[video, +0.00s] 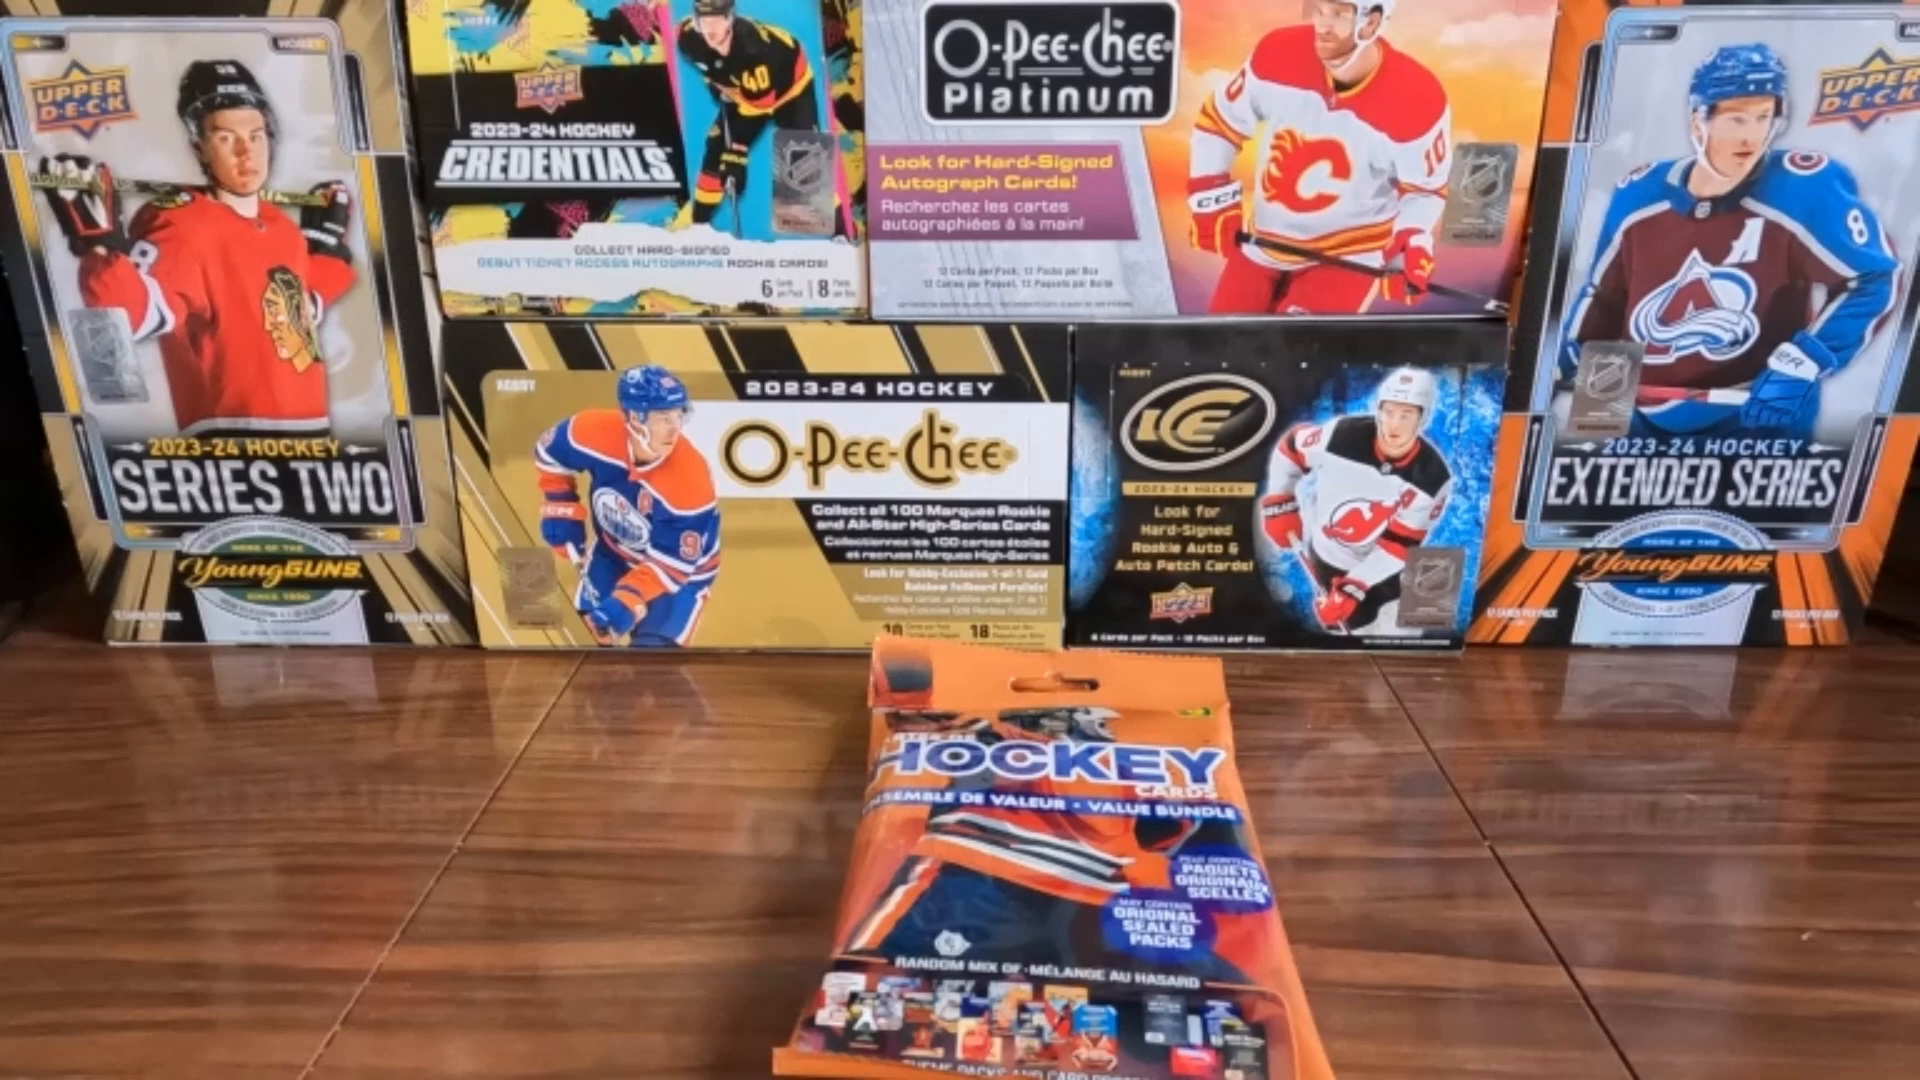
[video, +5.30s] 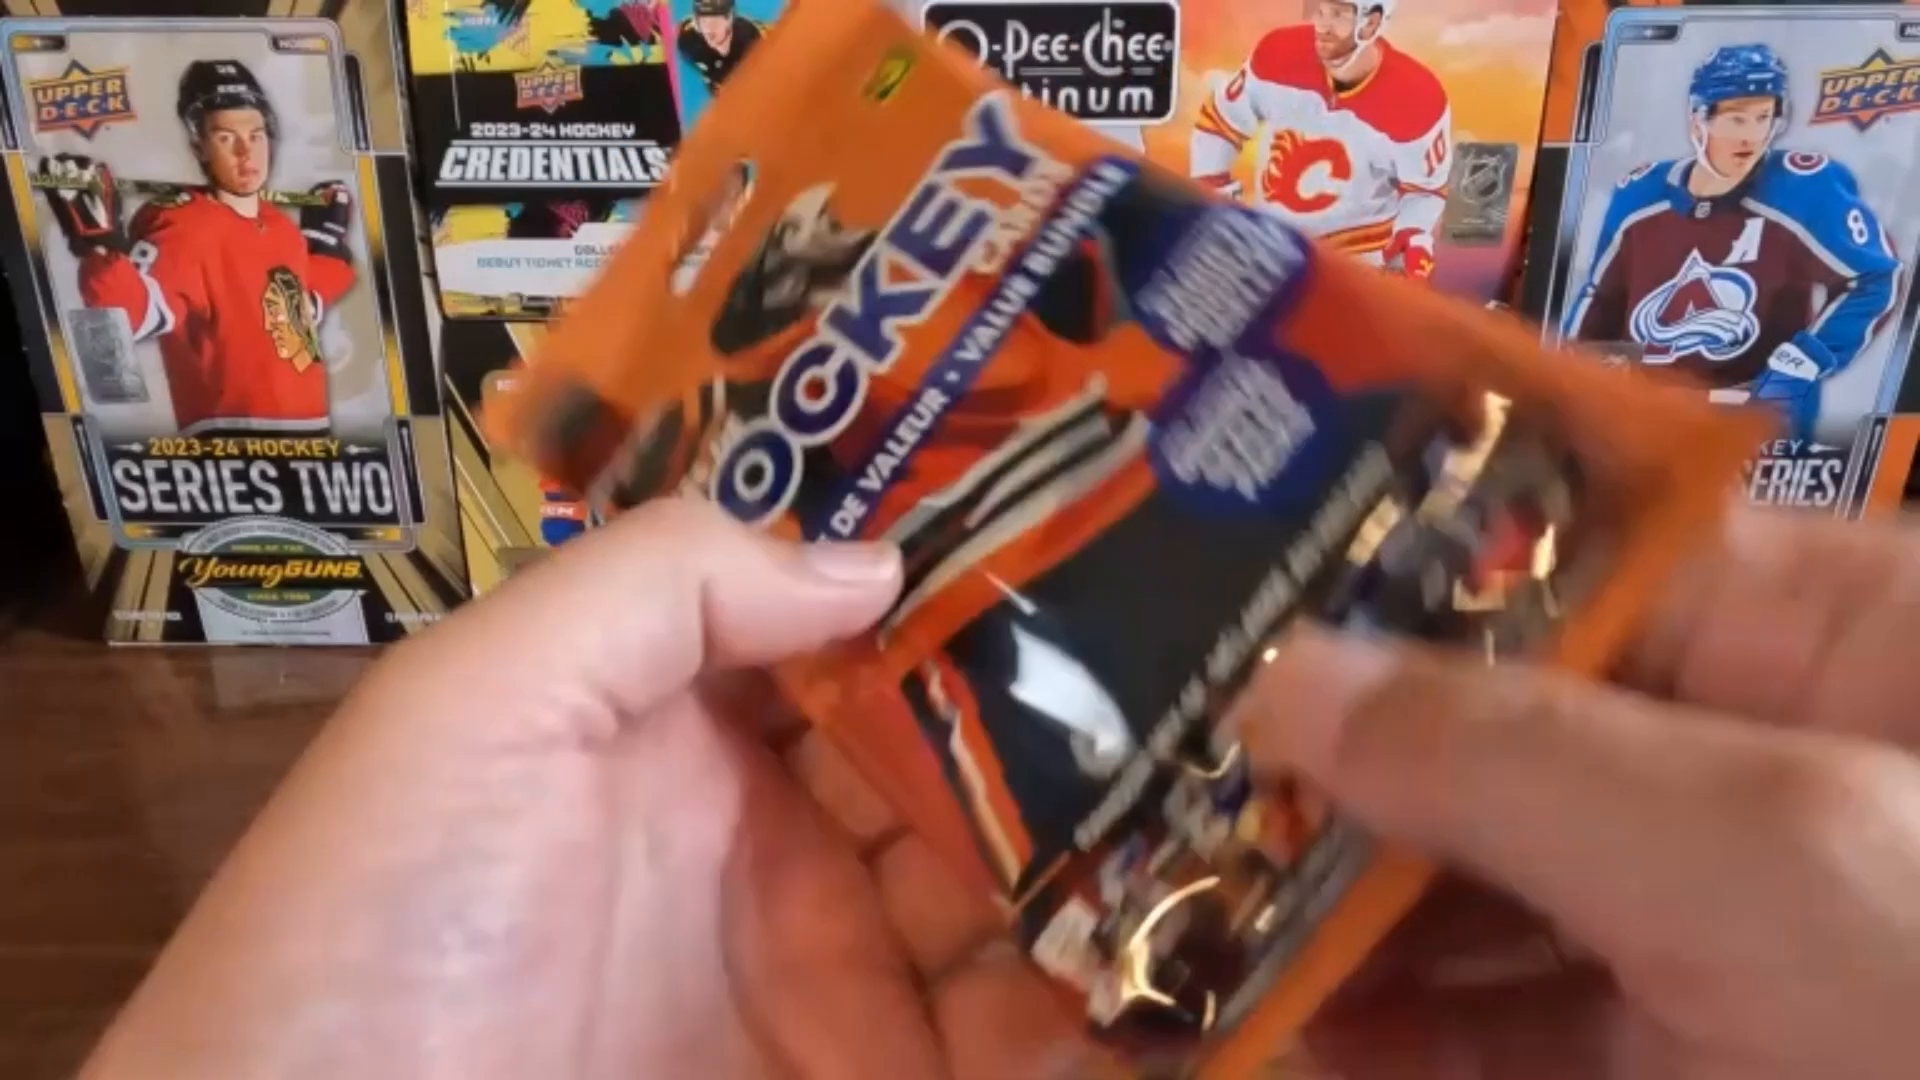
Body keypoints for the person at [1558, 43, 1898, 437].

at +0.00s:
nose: (1749, 135)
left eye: (1762, 118)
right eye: (1734, 119)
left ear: (1775, 123)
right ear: (1698, 124)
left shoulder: (1803, 193)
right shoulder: (1638, 197)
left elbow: (1878, 279)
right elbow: (1600, 296)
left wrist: (1801, 364)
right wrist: (1570, 365)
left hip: (1743, 425)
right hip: (1637, 420)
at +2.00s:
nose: (1749, 134)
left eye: (1762, 118)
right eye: (1734, 119)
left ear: (1775, 123)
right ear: (1698, 124)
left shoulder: (1804, 192)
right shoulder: (1638, 197)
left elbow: (1878, 279)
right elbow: (1600, 297)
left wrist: (1801, 365)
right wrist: (1573, 367)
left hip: (1745, 427)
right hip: (1638, 422)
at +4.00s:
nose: (1750, 135)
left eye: (1762, 118)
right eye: (1734, 119)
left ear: (1775, 122)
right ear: (1698, 124)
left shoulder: (1804, 192)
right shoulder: (1637, 197)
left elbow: (1879, 278)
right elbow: (1600, 297)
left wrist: (1802, 364)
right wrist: (1576, 361)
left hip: (1744, 427)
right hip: (1637, 421)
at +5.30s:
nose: (1750, 137)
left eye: (1762, 119)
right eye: (1735, 119)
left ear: (1775, 123)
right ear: (1698, 124)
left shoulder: (1806, 194)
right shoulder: (1639, 198)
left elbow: (1878, 281)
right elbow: (1597, 301)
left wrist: (1796, 370)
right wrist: (1563, 380)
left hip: (1749, 415)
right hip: (1642, 412)